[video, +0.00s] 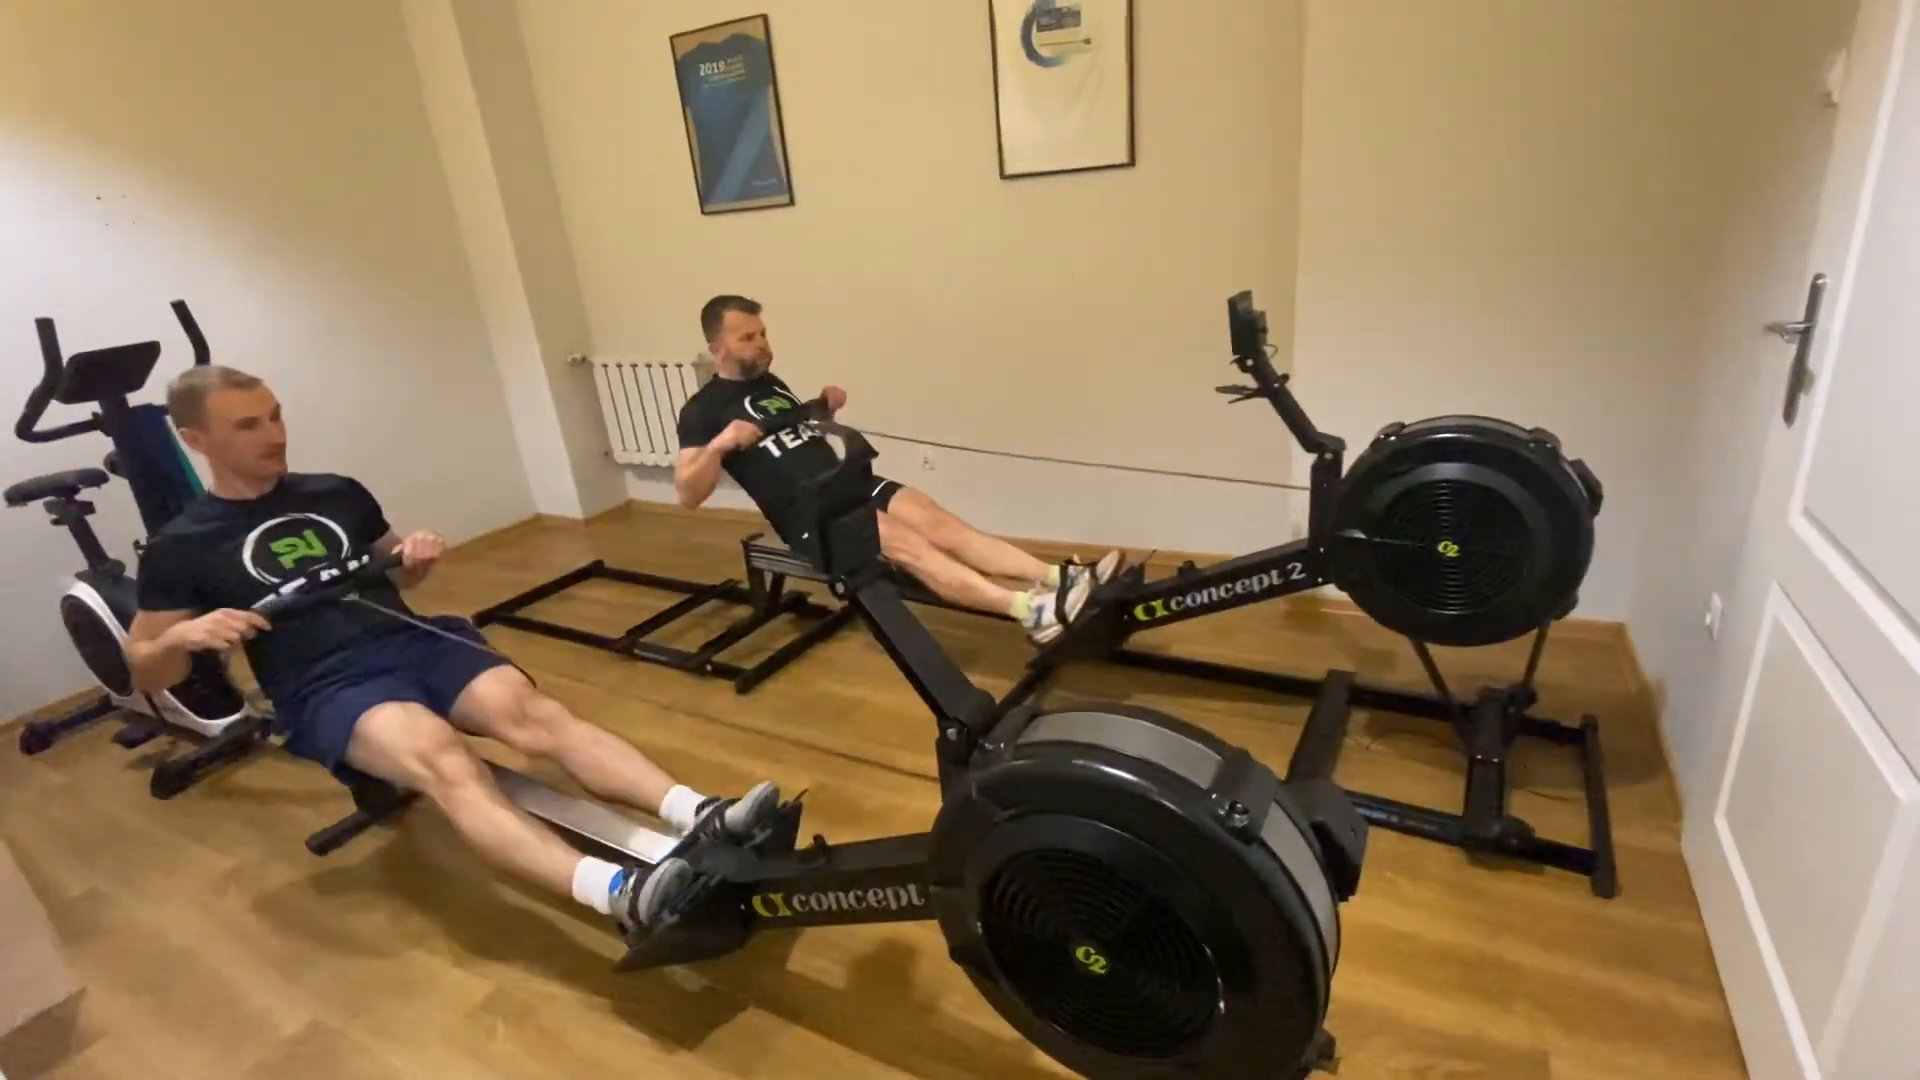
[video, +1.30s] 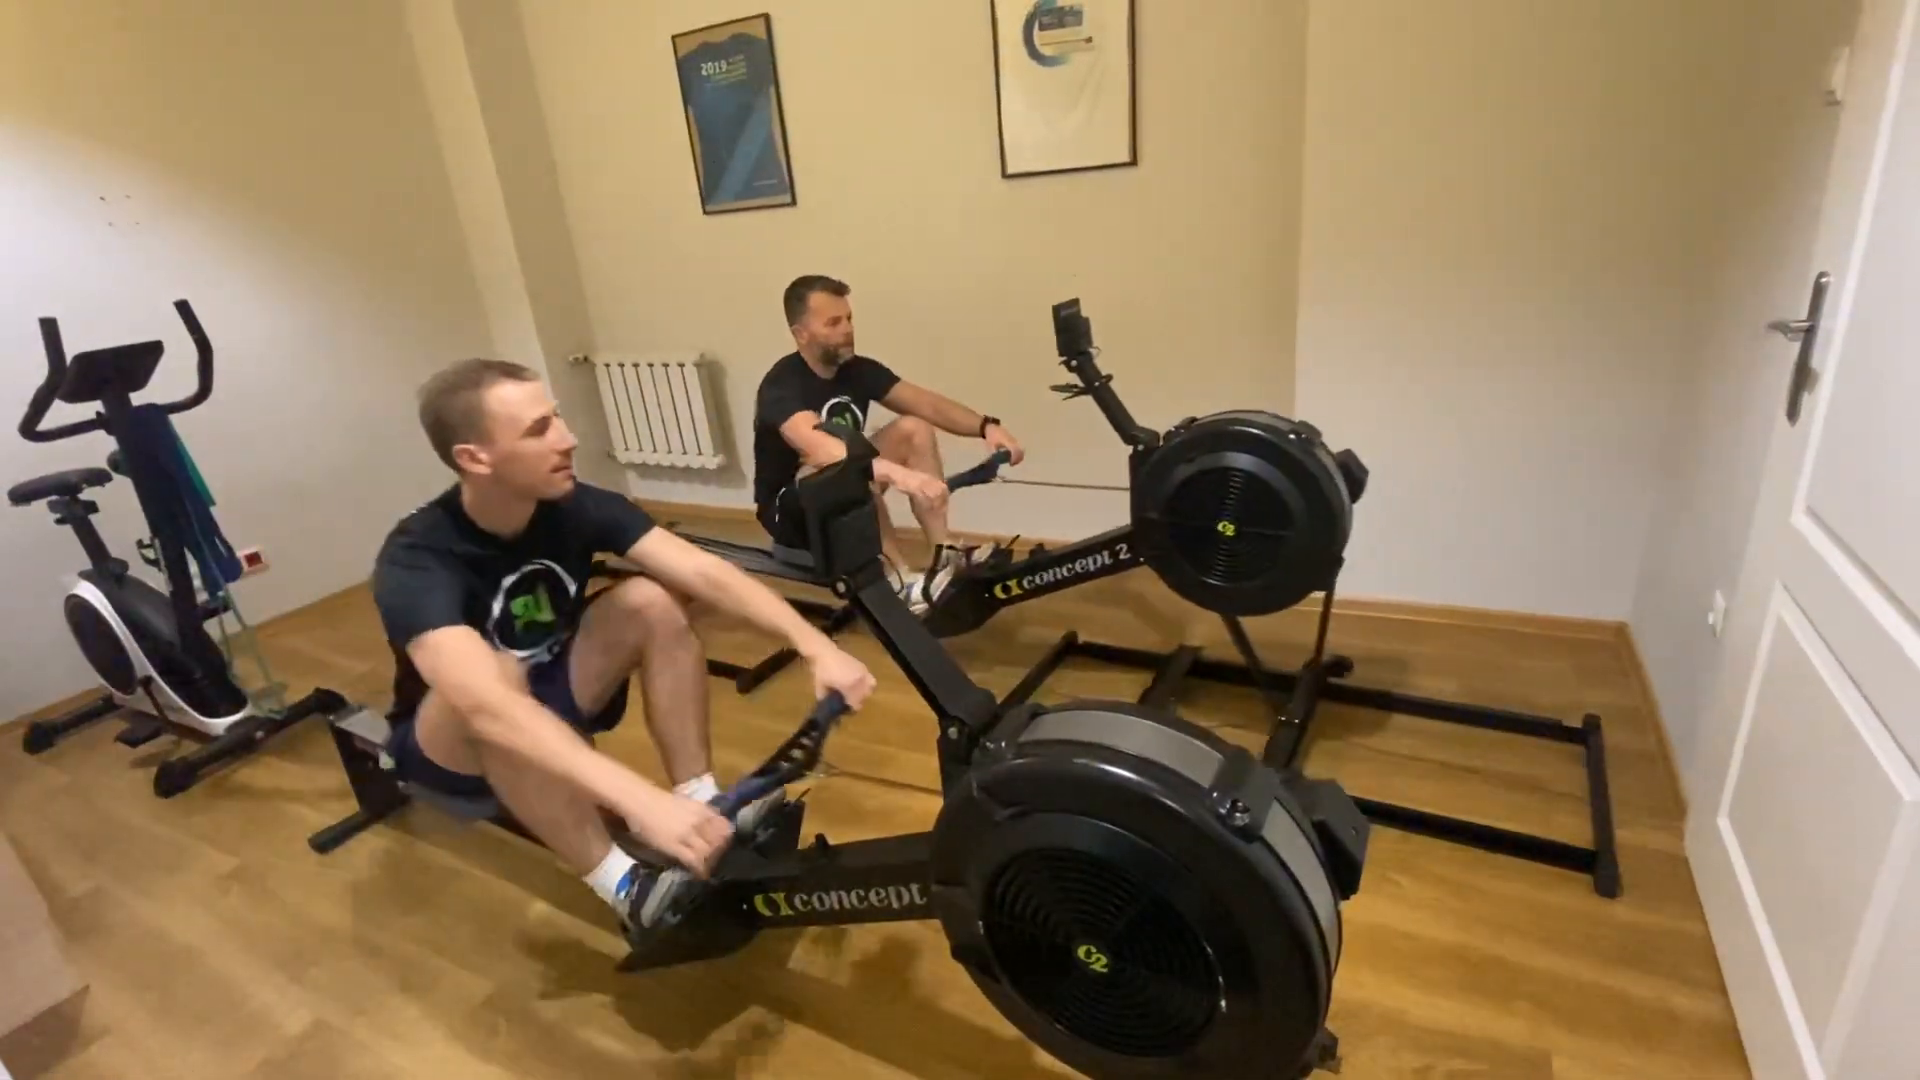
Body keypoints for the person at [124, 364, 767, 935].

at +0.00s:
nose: (272, 436)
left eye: (273, 418)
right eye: (250, 428)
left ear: (281, 415)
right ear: (199, 443)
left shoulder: (335, 493)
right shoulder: (182, 547)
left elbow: (393, 568)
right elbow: (142, 668)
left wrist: (414, 554)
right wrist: (187, 632)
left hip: (410, 637)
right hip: (327, 680)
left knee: (530, 711)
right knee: (445, 763)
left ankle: (702, 817)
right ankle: (624, 895)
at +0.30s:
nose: (300, 409)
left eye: (298, 392)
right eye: (274, 400)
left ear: (302, 394)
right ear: (219, 422)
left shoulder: (352, 481)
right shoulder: (200, 528)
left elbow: (450, 554)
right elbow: (158, 665)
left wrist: (483, 565)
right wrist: (254, 665)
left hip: (411, 643)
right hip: (325, 680)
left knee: (535, 696)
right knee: (441, 746)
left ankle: (702, 817)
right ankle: (621, 894)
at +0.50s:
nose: (338, 400)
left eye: (334, 382)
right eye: (314, 390)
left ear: (337, 381)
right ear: (254, 415)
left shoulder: (377, 474)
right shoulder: (226, 521)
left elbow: (484, 543)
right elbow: (210, 661)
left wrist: (542, 577)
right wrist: (322, 689)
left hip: (435, 653)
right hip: (344, 690)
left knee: (549, 678)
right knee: (450, 728)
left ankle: (705, 818)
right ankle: (620, 893)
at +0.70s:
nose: (387, 404)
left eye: (384, 385)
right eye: (360, 394)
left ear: (387, 385)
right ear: (303, 418)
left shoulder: (418, 475)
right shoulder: (265, 521)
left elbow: (530, 540)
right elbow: (279, 658)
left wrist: (609, 594)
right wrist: (398, 716)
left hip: (454, 646)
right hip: (364, 681)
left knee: (575, 650)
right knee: (452, 715)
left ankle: (702, 816)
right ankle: (623, 893)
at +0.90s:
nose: (451, 415)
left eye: (446, 396)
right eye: (425, 406)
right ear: (364, 432)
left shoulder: (469, 483)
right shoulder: (314, 531)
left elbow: (586, 548)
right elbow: (349, 669)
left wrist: (677, 611)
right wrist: (484, 746)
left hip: (483, 660)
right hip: (385, 705)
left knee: (597, 620)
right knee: (457, 683)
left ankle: (704, 817)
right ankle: (624, 893)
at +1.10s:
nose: (508, 427)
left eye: (500, 407)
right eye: (480, 417)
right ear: (416, 444)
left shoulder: (521, 495)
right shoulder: (359, 546)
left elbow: (646, 561)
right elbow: (420, 690)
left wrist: (743, 630)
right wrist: (557, 774)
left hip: (514, 676)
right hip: (416, 722)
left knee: (626, 607)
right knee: (470, 679)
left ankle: (703, 814)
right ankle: (626, 893)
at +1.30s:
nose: (566, 439)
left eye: (557, 420)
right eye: (539, 429)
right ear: (474, 458)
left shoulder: (578, 509)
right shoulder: (417, 560)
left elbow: (703, 574)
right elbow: (482, 706)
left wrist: (817, 647)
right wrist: (639, 800)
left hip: (549, 694)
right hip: (450, 739)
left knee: (654, 604)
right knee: (490, 676)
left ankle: (702, 809)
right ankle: (625, 890)